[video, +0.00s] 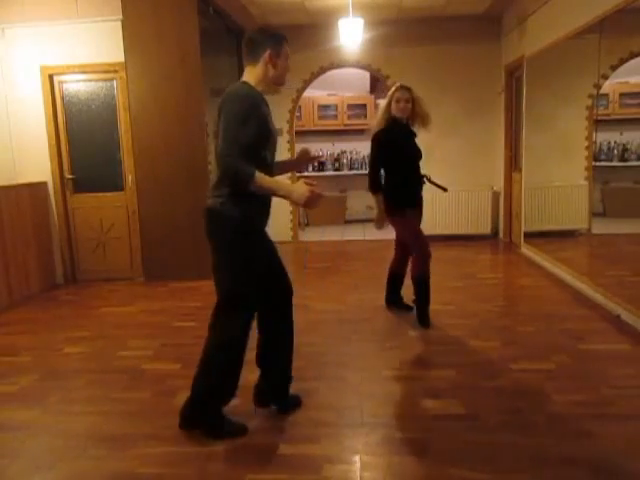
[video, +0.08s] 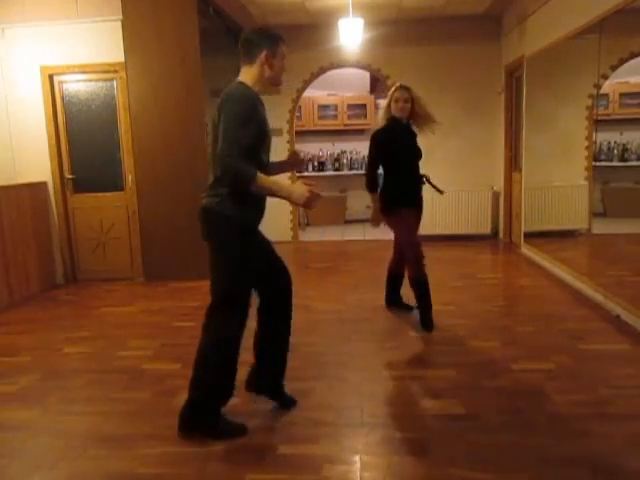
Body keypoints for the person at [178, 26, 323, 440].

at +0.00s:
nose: (286, 74)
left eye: (287, 66)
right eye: (285, 65)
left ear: (262, 59)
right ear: (270, 60)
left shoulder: (250, 101)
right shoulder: (242, 99)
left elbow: (250, 166)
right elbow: (233, 166)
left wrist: (289, 165)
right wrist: (284, 188)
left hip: (244, 221)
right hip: (232, 222)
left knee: (277, 297)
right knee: (236, 307)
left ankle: (273, 389)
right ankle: (201, 410)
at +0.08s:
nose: (283, 73)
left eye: (283, 65)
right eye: (281, 65)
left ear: (255, 59)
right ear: (267, 59)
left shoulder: (244, 99)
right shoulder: (240, 99)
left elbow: (247, 166)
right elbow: (232, 167)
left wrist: (285, 169)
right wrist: (283, 188)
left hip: (236, 218)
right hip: (227, 219)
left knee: (276, 284)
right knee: (228, 310)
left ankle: (267, 375)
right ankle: (200, 415)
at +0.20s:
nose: (272, 72)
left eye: (271, 64)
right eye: (270, 64)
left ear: (244, 60)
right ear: (257, 62)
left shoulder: (229, 100)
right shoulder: (233, 104)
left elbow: (231, 171)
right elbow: (235, 175)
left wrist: (268, 165)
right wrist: (286, 190)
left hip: (222, 216)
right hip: (221, 220)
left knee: (269, 279)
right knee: (225, 309)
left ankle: (229, 359)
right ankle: (198, 417)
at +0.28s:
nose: (269, 70)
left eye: (268, 63)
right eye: (266, 62)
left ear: (240, 61)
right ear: (250, 62)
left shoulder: (226, 101)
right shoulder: (229, 104)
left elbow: (226, 170)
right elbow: (236, 174)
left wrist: (259, 161)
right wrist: (287, 190)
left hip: (220, 214)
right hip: (221, 217)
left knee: (249, 291)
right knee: (237, 298)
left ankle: (202, 366)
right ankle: (200, 416)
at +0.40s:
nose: (260, 73)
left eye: (259, 66)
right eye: (258, 66)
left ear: (231, 64)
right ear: (243, 65)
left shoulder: (219, 103)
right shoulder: (224, 108)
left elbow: (224, 167)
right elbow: (228, 176)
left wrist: (259, 151)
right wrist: (277, 185)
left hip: (213, 214)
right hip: (219, 217)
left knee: (231, 300)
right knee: (249, 299)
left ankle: (194, 373)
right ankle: (215, 395)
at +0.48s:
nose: (258, 74)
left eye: (257, 67)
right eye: (255, 66)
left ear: (231, 66)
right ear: (240, 66)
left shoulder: (220, 105)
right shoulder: (221, 109)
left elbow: (226, 166)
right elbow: (224, 177)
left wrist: (257, 151)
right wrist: (274, 185)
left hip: (212, 211)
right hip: (218, 214)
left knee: (226, 295)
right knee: (264, 288)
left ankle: (187, 372)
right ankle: (226, 376)